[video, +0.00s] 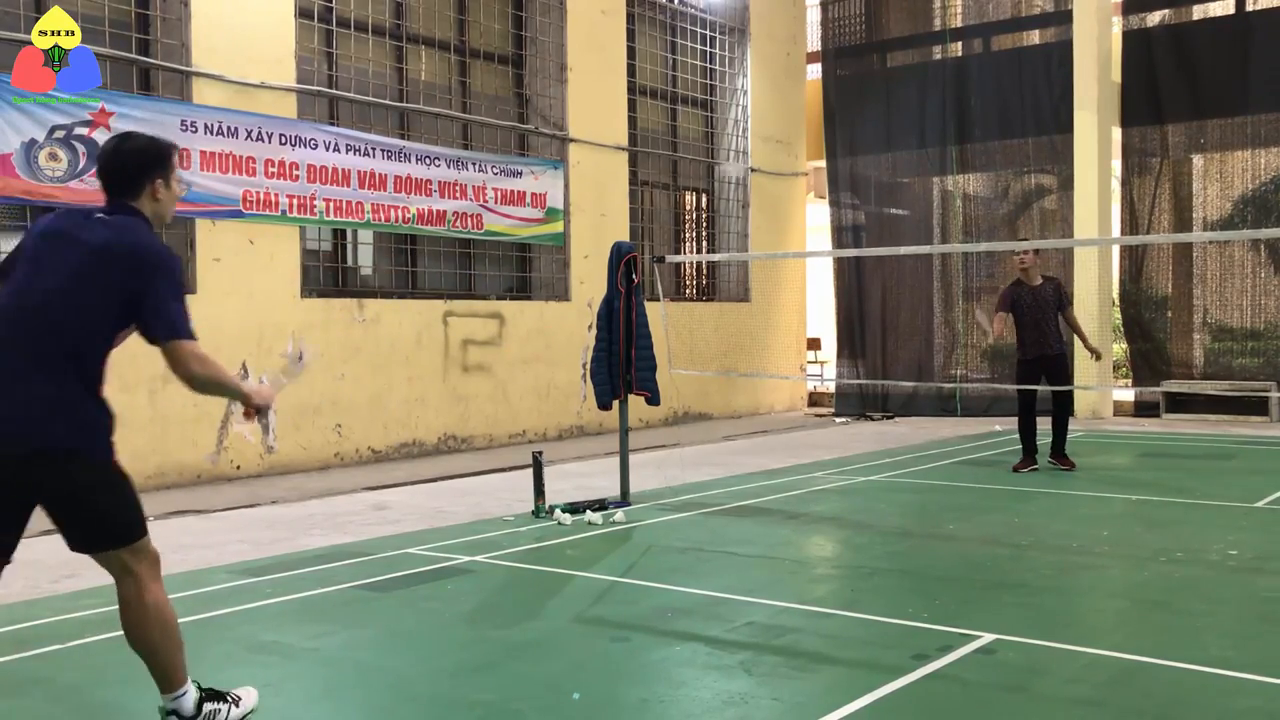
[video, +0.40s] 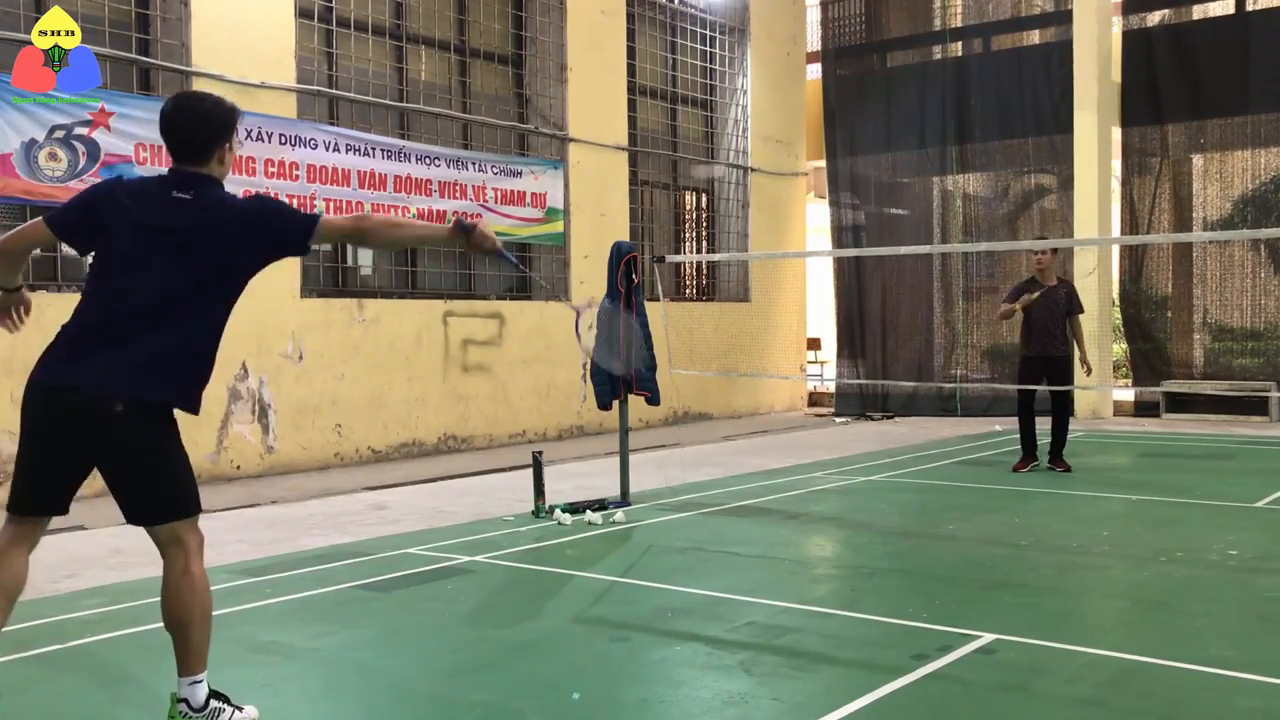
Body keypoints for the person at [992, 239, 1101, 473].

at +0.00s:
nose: (1020, 257)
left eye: (1025, 253)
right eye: (1017, 254)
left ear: (1036, 258)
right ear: (1014, 260)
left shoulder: (1054, 285)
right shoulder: (1011, 291)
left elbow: (1069, 317)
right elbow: (1000, 316)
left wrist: (1087, 344)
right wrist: (998, 330)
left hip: (1056, 355)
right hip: (1028, 357)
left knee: (1062, 405)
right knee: (1026, 407)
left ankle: (1058, 453)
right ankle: (1029, 457)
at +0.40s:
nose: (1038, 257)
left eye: (1043, 253)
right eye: (1034, 253)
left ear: (1053, 257)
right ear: (1030, 258)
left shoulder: (1066, 287)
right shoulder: (1024, 287)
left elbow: (1074, 322)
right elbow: (1001, 314)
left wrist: (1083, 353)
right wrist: (1020, 304)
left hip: (1060, 356)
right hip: (1031, 356)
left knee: (1061, 408)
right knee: (1024, 405)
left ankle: (1056, 457)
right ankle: (1029, 455)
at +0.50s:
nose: (1042, 259)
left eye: (1047, 255)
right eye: (1038, 255)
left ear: (1057, 259)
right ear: (1034, 259)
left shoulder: (1068, 289)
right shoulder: (1026, 289)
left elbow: (1078, 322)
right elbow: (1005, 311)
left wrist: (1087, 352)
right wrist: (1027, 290)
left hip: (1062, 358)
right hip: (1033, 357)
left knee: (1065, 408)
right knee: (1026, 404)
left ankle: (1056, 457)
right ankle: (1032, 453)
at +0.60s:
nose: (1042, 257)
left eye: (1047, 253)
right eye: (1040, 253)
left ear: (1058, 257)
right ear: (1036, 257)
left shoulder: (1070, 287)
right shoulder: (1030, 286)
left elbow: (1080, 320)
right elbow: (1007, 307)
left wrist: (1092, 347)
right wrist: (1026, 284)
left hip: (1064, 355)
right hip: (1036, 355)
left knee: (1066, 408)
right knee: (1030, 405)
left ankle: (1057, 457)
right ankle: (1036, 455)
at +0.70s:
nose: (1041, 255)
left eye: (1046, 251)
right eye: (1038, 251)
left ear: (1056, 255)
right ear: (1034, 256)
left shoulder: (1069, 285)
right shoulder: (1029, 285)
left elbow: (1082, 317)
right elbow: (1005, 307)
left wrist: (1097, 344)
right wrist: (1021, 284)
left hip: (1066, 354)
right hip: (1038, 354)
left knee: (1066, 407)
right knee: (1035, 406)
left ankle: (1058, 457)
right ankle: (1038, 457)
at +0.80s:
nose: (1035, 256)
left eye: (1040, 252)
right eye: (1032, 252)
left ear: (1051, 256)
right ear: (1028, 257)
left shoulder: (1067, 284)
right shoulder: (1024, 288)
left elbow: (1083, 316)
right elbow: (999, 311)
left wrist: (1102, 343)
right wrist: (1005, 293)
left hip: (1068, 355)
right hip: (1040, 356)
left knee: (1068, 408)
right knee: (1039, 408)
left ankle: (1059, 456)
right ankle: (1041, 458)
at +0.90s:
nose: (1030, 258)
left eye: (1035, 254)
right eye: (1026, 255)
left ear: (1045, 258)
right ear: (1023, 260)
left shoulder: (1063, 285)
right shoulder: (1022, 291)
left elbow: (1083, 316)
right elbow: (1000, 306)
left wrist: (1105, 342)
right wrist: (976, 313)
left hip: (1071, 355)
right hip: (1042, 358)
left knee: (1074, 406)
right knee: (1040, 408)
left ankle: (1063, 455)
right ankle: (1041, 458)